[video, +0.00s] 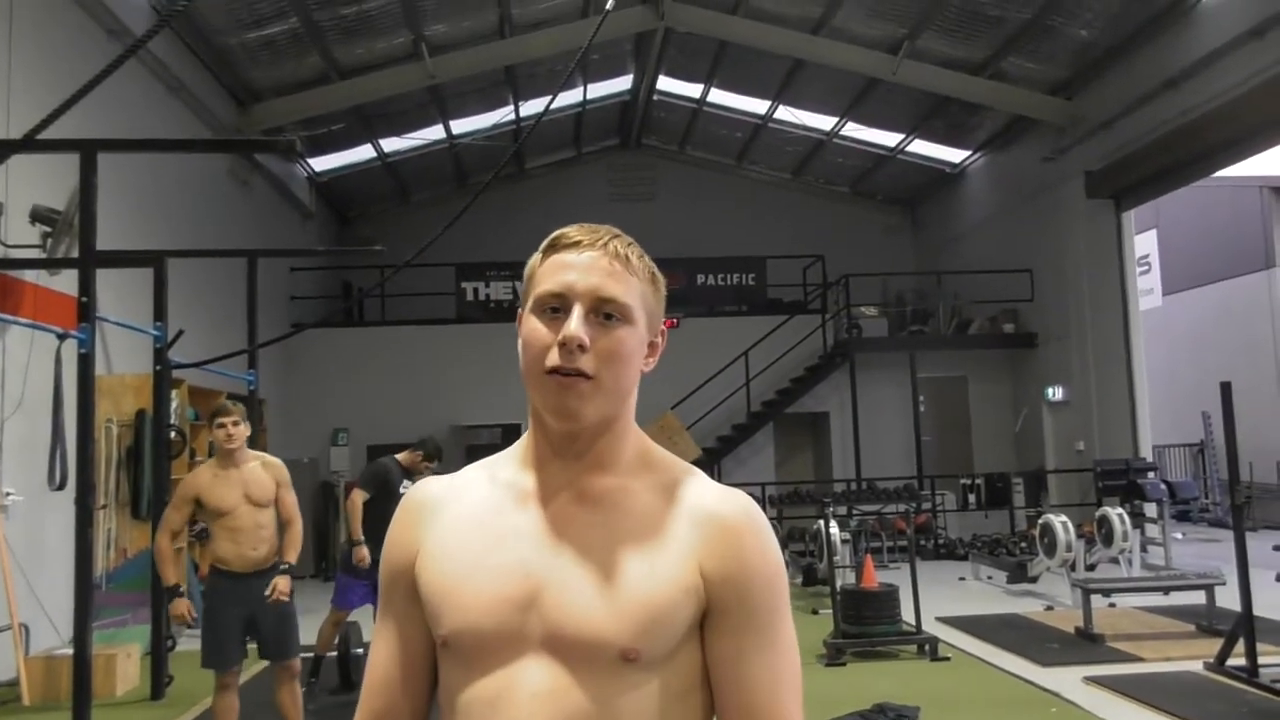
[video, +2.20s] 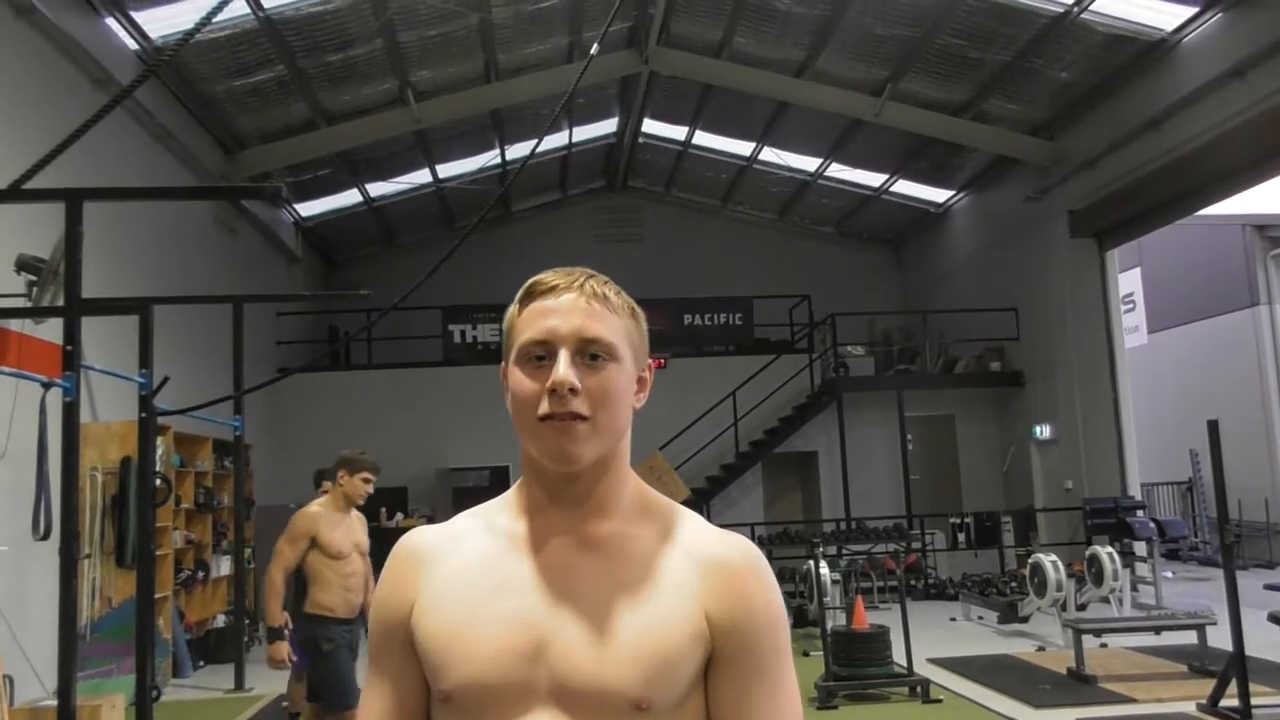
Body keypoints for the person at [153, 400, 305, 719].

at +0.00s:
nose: (229, 431)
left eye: (236, 424)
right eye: (221, 426)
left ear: (247, 428)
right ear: (211, 434)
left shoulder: (273, 468)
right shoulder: (197, 480)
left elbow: (293, 522)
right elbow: (164, 535)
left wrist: (286, 569)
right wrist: (174, 593)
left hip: (272, 579)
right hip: (223, 584)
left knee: (290, 669)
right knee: (227, 679)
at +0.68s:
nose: (264, 448)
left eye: (267, 443)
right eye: (255, 441)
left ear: (269, 448)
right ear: (232, 446)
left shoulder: (274, 491)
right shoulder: (206, 492)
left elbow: (284, 549)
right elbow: (181, 550)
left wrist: (300, 602)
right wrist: (185, 613)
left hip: (271, 603)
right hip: (225, 605)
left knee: (277, 693)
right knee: (225, 702)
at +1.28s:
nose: (300, 467)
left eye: (301, 461)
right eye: (295, 460)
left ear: (279, 461)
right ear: (273, 459)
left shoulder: (292, 503)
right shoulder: (231, 498)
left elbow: (299, 562)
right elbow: (201, 553)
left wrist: (317, 612)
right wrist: (207, 615)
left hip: (282, 612)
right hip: (240, 615)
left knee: (275, 701)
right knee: (230, 704)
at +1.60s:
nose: (321, 476)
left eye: (323, 470)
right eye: (315, 468)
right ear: (292, 465)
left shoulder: (311, 512)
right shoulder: (257, 502)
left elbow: (316, 570)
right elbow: (214, 550)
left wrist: (326, 624)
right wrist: (233, 605)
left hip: (304, 620)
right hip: (262, 621)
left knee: (288, 704)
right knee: (251, 709)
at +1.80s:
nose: (334, 481)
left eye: (336, 475)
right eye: (329, 473)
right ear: (306, 469)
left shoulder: (324, 515)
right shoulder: (269, 505)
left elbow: (331, 574)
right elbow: (225, 547)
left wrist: (340, 628)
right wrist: (238, 602)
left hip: (316, 618)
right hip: (278, 620)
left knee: (303, 705)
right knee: (294, 708)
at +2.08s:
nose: (357, 489)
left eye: (360, 483)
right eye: (353, 480)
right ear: (330, 476)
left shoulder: (347, 520)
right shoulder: (295, 513)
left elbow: (354, 579)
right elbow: (254, 563)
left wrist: (361, 631)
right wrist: (265, 621)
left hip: (336, 625)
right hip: (304, 627)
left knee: (300, 707)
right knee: (337, 710)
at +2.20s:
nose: (370, 490)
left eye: (372, 484)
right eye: (365, 481)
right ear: (342, 478)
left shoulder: (359, 518)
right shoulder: (309, 517)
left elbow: (366, 571)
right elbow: (276, 571)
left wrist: (373, 618)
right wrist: (276, 634)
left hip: (351, 625)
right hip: (321, 628)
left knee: (321, 707)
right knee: (345, 709)